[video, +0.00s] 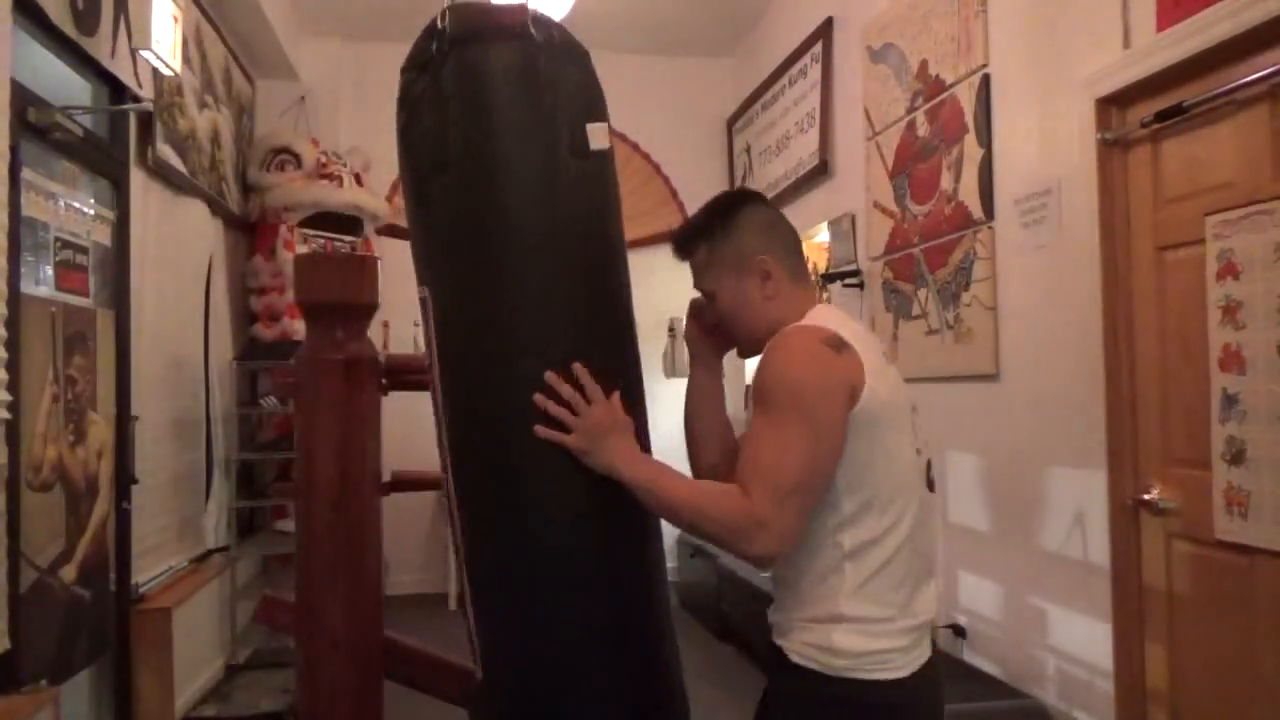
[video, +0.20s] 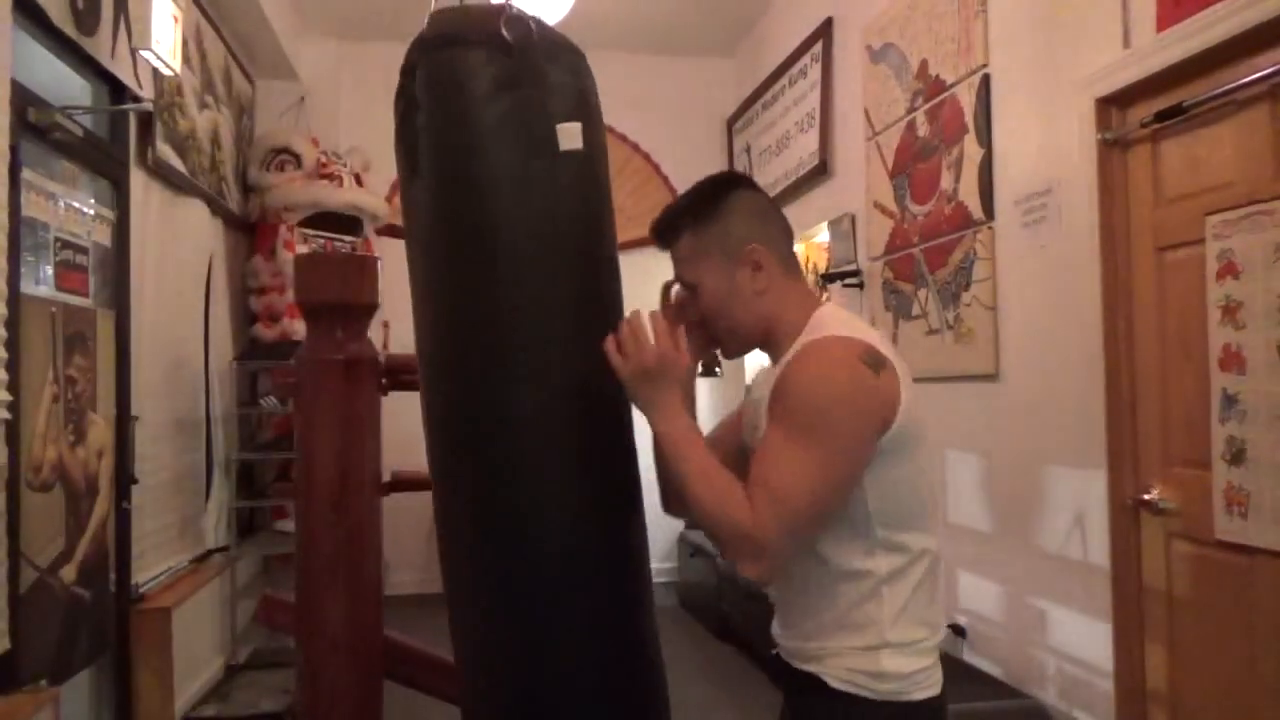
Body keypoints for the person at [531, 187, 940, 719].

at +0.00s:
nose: (706, 313)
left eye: (710, 294)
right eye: (703, 297)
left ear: (765, 278)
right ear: (771, 280)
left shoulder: (805, 351)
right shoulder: (836, 337)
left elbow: (762, 530)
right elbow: (719, 479)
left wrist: (624, 458)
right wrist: (705, 359)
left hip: (841, 683)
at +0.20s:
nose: (686, 312)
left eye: (692, 288)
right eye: (683, 291)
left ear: (755, 268)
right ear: (757, 271)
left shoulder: (836, 367)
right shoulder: (789, 369)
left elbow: (757, 548)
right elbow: (681, 496)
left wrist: (665, 404)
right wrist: (674, 378)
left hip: (866, 692)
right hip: (818, 676)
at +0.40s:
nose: (620, 388)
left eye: (626, 362)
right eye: (619, 365)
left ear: (690, 346)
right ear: (692, 348)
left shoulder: (828, 446)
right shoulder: (712, 463)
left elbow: (781, 659)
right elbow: (660, 612)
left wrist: (641, 517)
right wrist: (622, 508)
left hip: (892, 707)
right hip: (810, 699)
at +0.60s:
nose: (607, 401)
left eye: (609, 380)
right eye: (603, 383)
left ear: (662, 369)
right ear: (665, 369)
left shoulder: (763, 449)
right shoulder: (749, 436)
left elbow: (785, 669)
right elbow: (689, 601)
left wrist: (630, 583)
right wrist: (625, 478)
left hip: (897, 707)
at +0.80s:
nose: (663, 371)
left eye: (664, 351)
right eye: (660, 354)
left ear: (711, 339)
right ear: (757, 334)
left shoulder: (726, 396)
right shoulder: (827, 385)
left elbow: (762, 560)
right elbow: (733, 524)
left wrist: (680, 597)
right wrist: (691, 443)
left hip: (873, 701)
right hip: (961, 682)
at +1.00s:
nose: (683, 428)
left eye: (687, 404)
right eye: (682, 406)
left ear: (736, 393)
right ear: (759, 389)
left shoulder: (738, 444)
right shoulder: (842, 431)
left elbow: (789, 598)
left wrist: (745, 696)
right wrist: (720, 509)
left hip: (883, 707)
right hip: (977, 698)